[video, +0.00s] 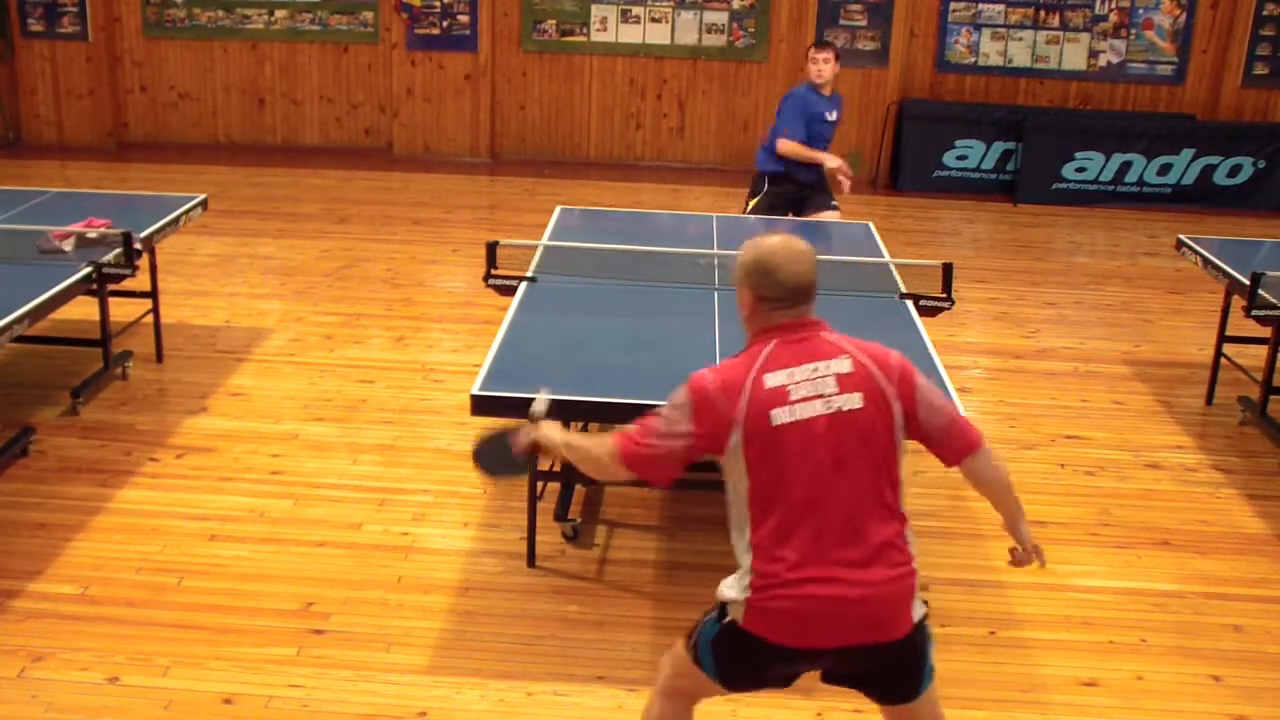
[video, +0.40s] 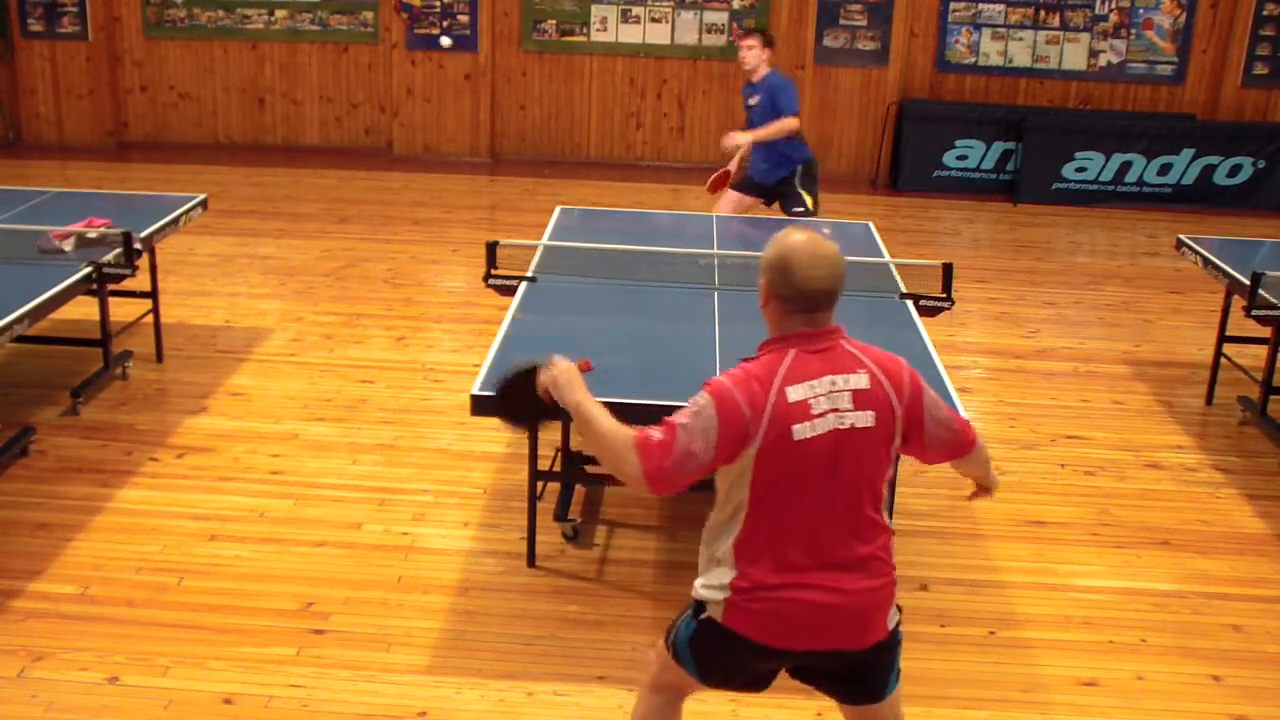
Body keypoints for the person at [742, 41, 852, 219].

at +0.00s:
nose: (820, 68)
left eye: (826, 62)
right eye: (814, 62)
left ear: (836, 67)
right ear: (807, 67)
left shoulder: (834, 101)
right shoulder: (797, 98)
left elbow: (819, 147)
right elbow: (783, 145)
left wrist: (837, 171)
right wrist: (824, 159)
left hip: (811, 177)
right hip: (777, 176)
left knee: (830, 228)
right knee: (752, 234)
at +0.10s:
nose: (808, 59)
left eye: (814, 53)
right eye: (803, 53)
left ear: (827, 58)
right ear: (797, 58)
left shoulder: (839, 94)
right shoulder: (782, 93)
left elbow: (845, 132)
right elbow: (761, 135)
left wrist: (849, 159)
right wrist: (794, 151)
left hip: (815, 181)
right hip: (776, 178)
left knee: (832, 231)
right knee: (747, 231)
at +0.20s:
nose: (793, 51)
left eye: (800, 45)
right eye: (788, 46)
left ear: (813, 50)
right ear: (782, 50)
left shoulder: (832, 87)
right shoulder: (771, 87)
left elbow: (856, 117)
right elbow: (752, 121)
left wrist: (837, 154)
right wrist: (762, 147)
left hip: (813, 170)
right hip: (774, 166)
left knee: (824, 230)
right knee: (741, 218)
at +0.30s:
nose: (772, 56)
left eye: (780, 49)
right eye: (769, 50)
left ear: (794, 54)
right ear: (764, 54)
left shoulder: (809, 87)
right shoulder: (762, 92)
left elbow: (834, 123)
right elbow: (755, 132)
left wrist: (797, 152)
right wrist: (741, 160)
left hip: (807, 173)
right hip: (770, 173)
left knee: (814, 235)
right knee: (737, 218)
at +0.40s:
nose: (743, 55)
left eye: (750, 48)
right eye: (741, 49)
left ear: (766, 54)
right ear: (737, 53)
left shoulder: (780, 83)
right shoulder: (749, 89)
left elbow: (792, 122)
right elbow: (752, 132)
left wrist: (745, 137)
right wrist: (735, 163)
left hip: (793, 168)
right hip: (762, 168)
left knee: (806, 234)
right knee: (721, 216)